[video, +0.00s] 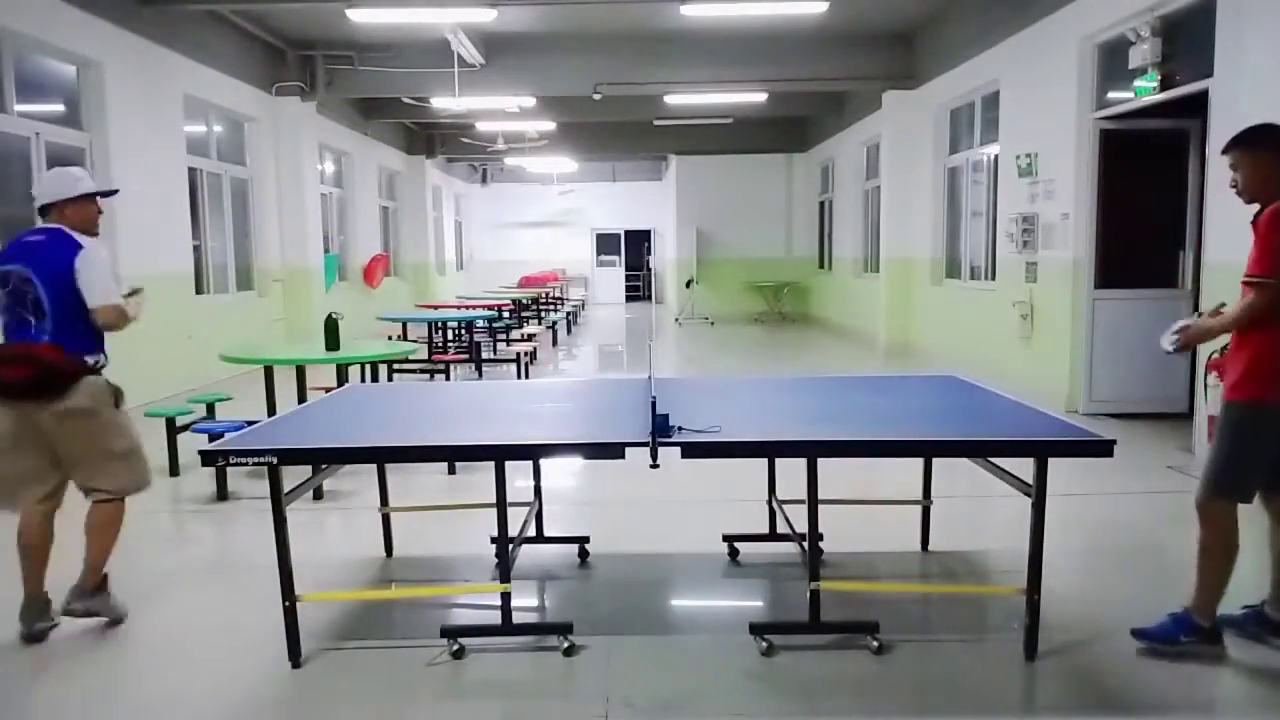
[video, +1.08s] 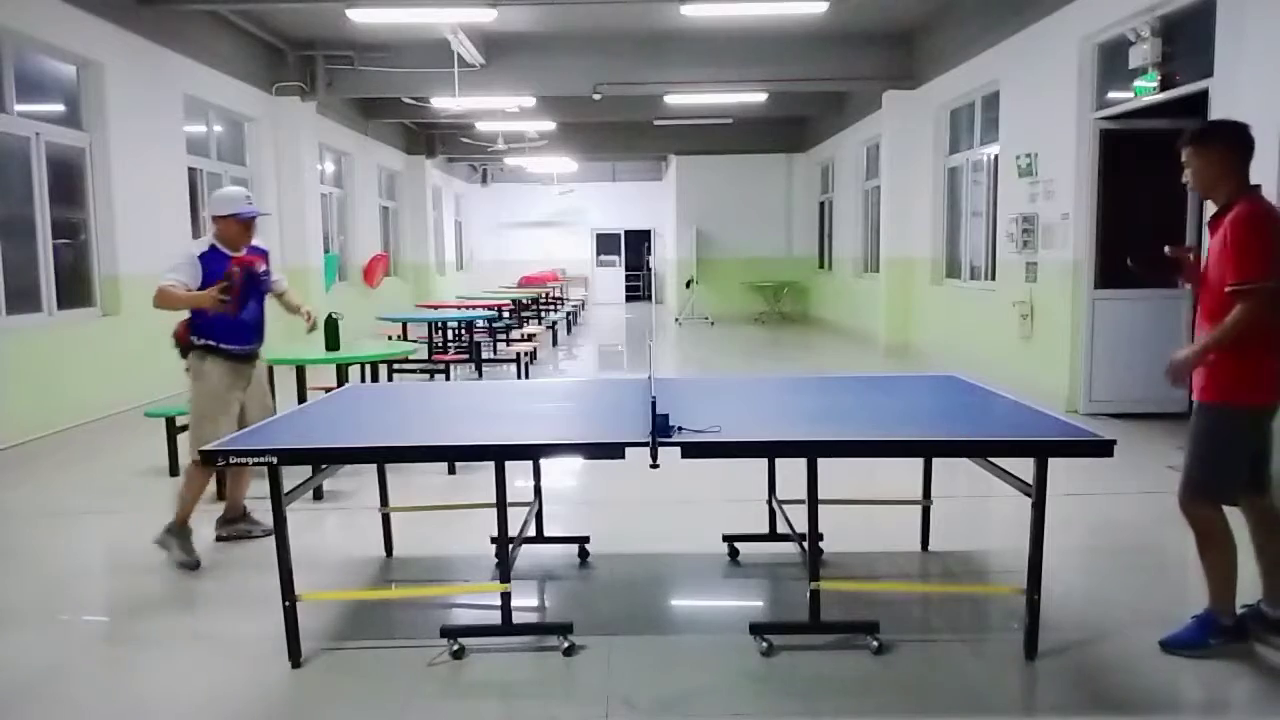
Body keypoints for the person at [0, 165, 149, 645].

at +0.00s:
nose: (100, 208)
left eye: (97, 200)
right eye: (92, 201)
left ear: (51, 208)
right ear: (68, 207)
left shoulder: (12, 250)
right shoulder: (81, 251)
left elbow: (14, 318)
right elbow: (107, 317)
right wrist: (129, 309)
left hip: (14, 394)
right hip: (73, 392)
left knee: (36, 497)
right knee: (112, 484)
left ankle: (34, 608)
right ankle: (90, 589)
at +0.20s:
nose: (116, 211)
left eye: (113, 204)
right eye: (107, 205)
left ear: (74, 213)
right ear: (81, 211)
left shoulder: (45, 251)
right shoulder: (87, 250)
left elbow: (85, 306)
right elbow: (103, 314)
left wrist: (143, 297)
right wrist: (145, 315)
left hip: (36, 388)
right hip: (84, 387)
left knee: (44, 494)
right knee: (113, 479)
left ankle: (33, 603)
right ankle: (138, 555)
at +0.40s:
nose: (158, 227)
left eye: (156, 219)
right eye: (150, 220)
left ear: (116, 225)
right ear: (127, 224)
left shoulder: (92, 259)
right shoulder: (134, 265)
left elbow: (135, 310)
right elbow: (149, 326)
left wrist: (193, 299)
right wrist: (192, 317)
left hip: (89, 388)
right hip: (132, 387)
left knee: (99, 471)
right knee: (157, 465)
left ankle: (60, 545)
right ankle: (149, 554)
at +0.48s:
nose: (168, 224)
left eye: (166, 217)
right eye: (160, 218)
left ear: (130, 224)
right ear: (135, 222)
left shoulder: (108, 256)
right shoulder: (139, 261)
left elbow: (162, 304)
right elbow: (153, 323)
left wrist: (209, 300)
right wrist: (206, 316)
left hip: (104, 383)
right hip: (139, 382)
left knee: (126, 463)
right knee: (161, 464)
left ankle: (86, 535)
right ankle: (149, 554)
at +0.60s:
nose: (187, 220)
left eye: (186, 213)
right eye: (179, 213)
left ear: (158, 219)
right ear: (154, 217)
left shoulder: (155, 253)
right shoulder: (146, 252)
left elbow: (174, 307)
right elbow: (147, 312)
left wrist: (213, 327)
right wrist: (209, 307)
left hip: (151, 372)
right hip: (150, 374)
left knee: (166, 458)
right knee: (165, 461)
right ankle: (147, 557)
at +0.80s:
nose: (218, 232)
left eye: (218, 224)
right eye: (211, 224)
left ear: (206, 226)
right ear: (185, 225)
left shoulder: (209, 266)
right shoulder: (165, 260)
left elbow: (215, 319)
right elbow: (153, 311)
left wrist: (253, 341)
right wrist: (217, 298)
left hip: (200, 375)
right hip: (174, 375)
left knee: (215, 452)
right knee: (181, 469)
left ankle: (229, 517)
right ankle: (150, 551)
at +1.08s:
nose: (252, 229)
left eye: (253, 222)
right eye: (244, 222)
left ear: (250, 223)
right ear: (220, 222)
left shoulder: (257, 258)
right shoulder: (198, 258)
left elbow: (280, 291)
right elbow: (162, 297)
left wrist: (300, 308)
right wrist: (203, 298)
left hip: (250, 365)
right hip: (214, 365)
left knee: (249, 442)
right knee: (210, 450)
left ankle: (234, 516)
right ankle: (177, 528)